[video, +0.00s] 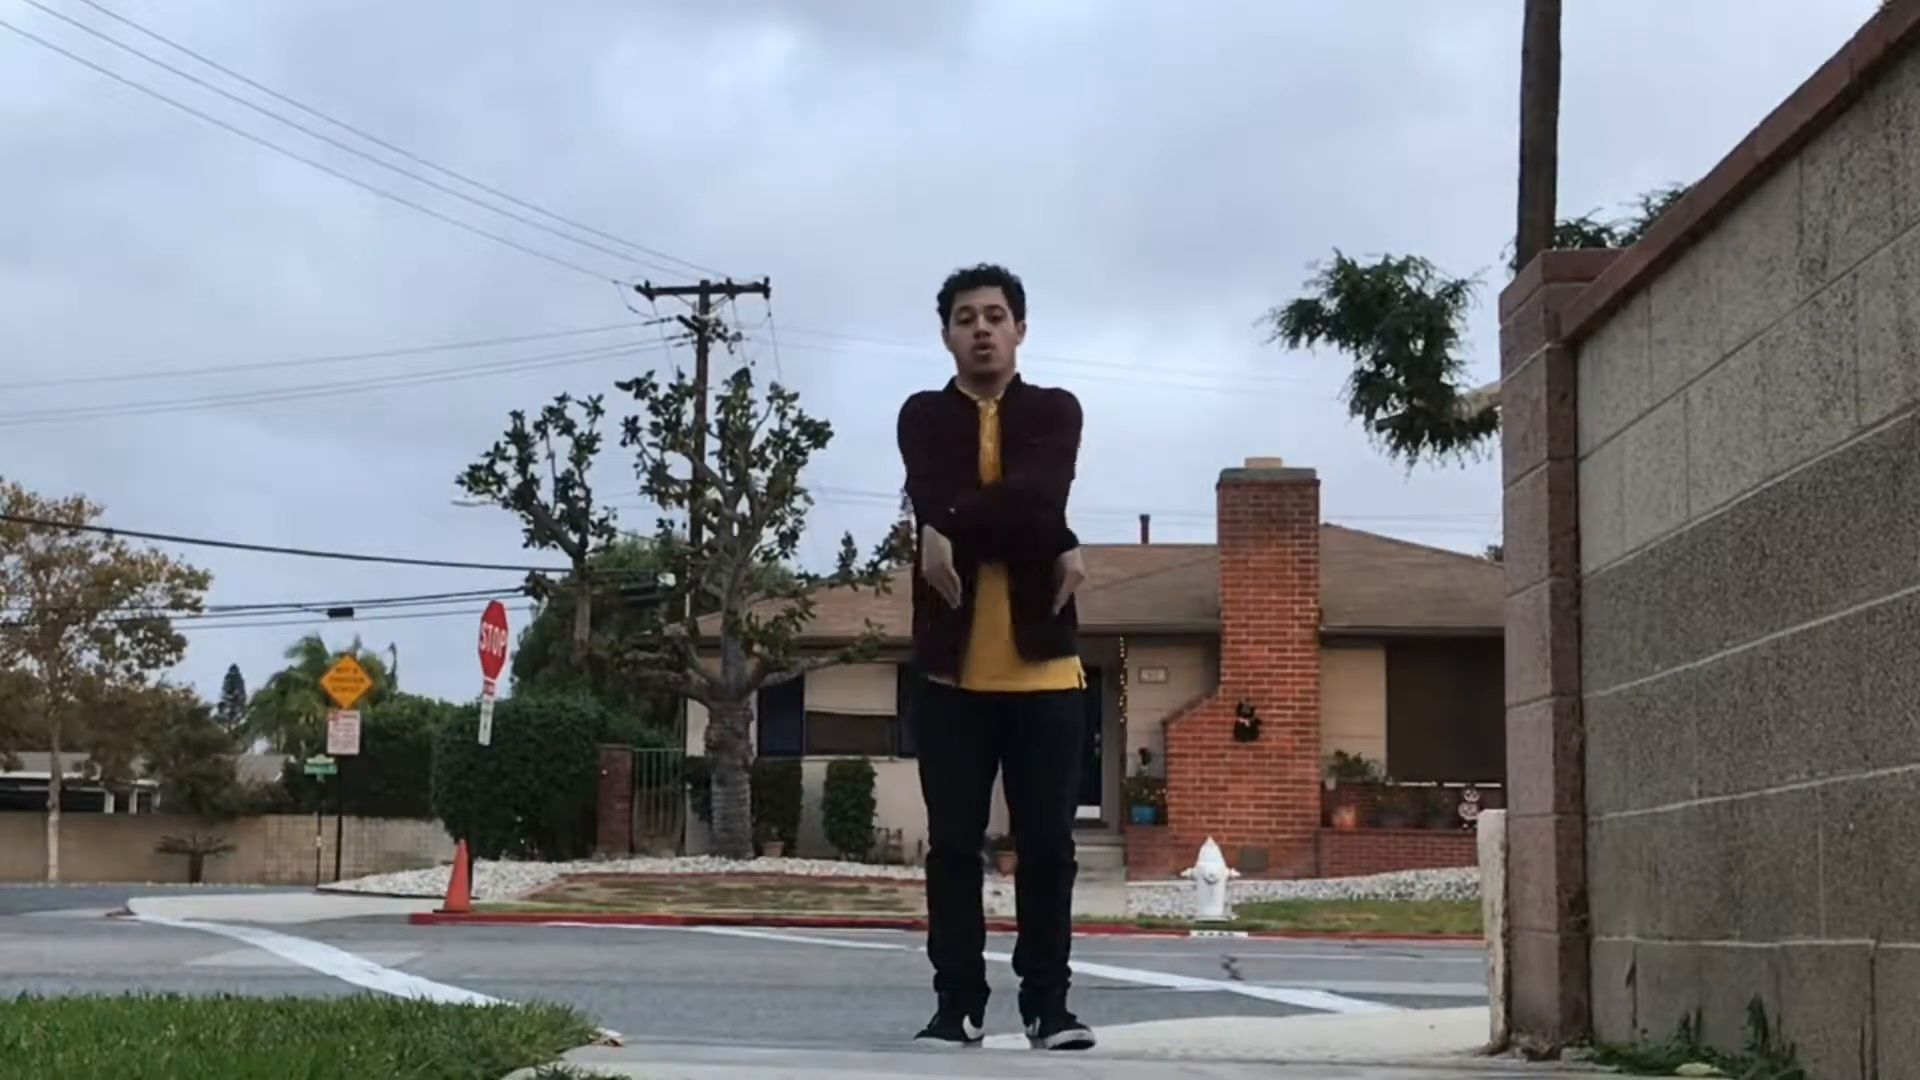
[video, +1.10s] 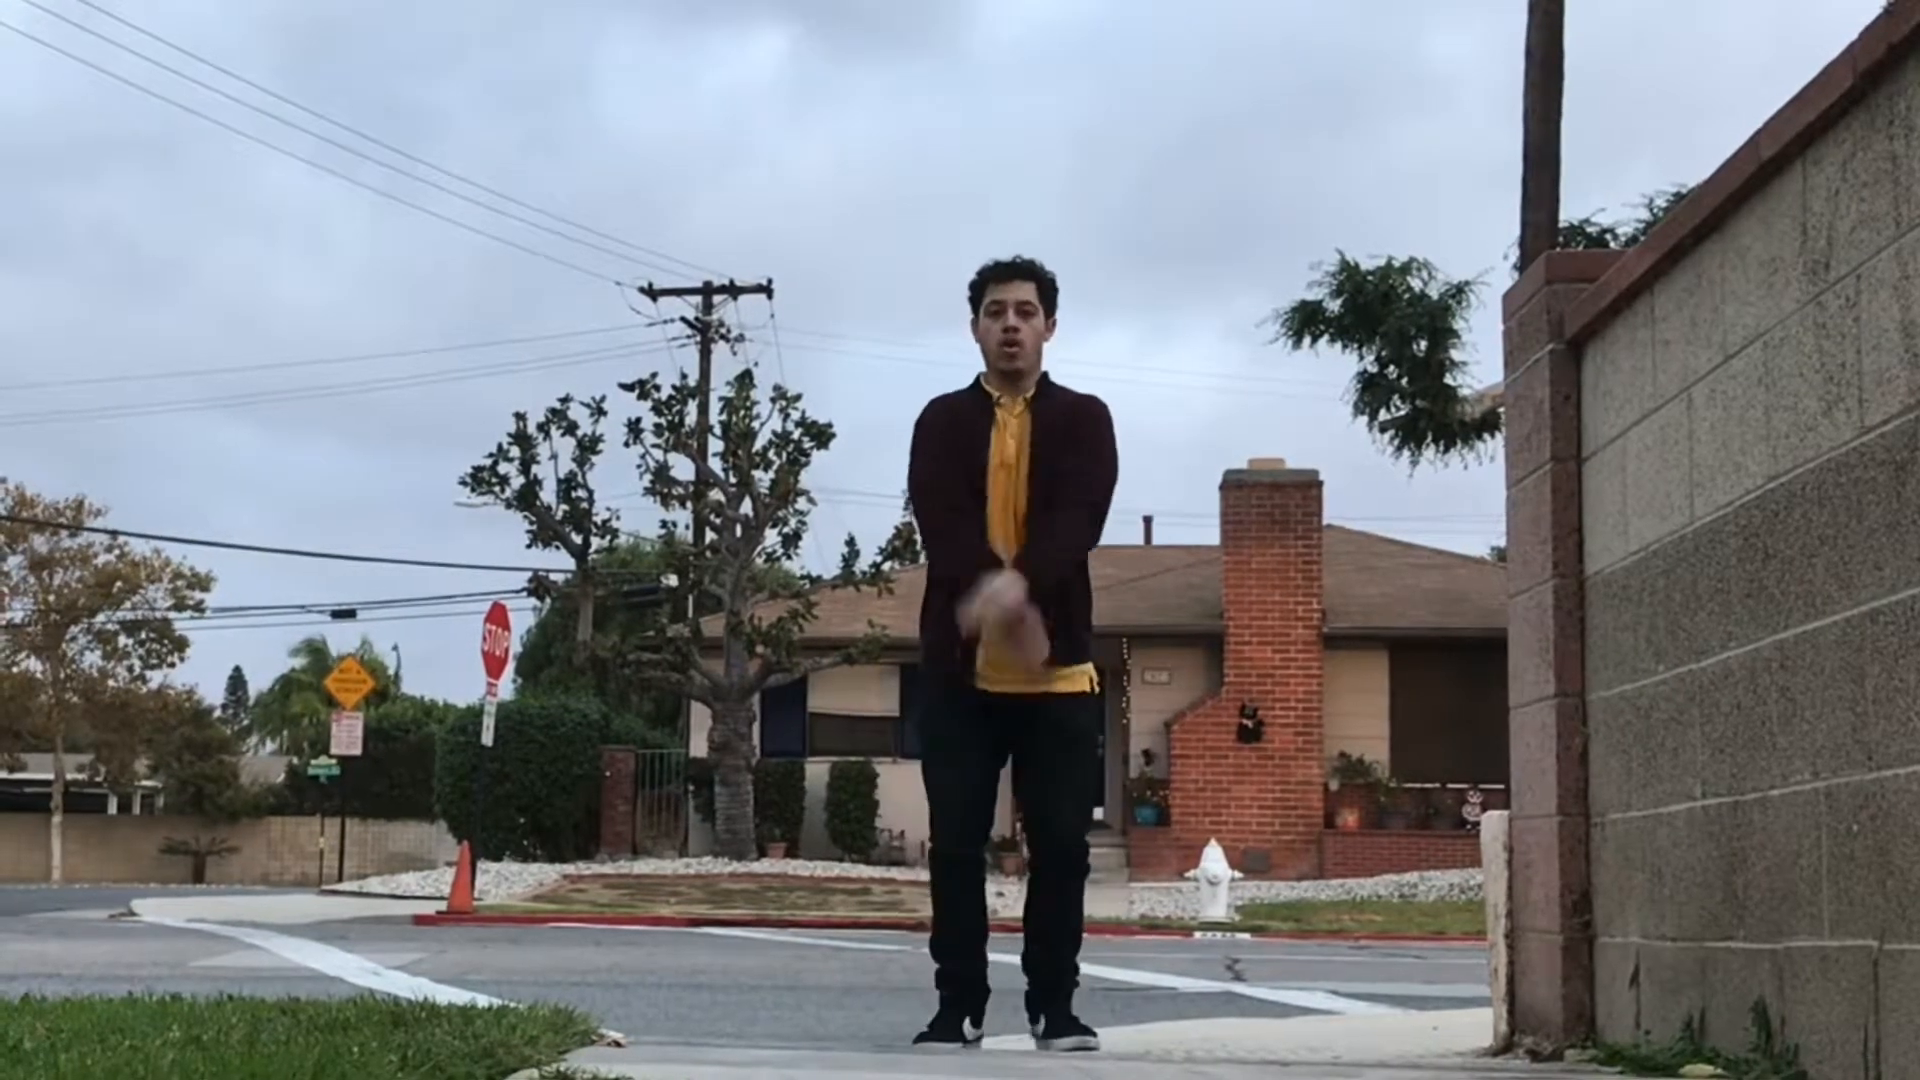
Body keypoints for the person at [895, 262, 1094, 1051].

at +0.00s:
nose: (981, 329)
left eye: (994, 316)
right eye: (965, 318)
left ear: (1020, 330)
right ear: (946, 336)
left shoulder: (1056, 409)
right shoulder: (923, 414)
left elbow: (1038, 498)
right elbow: (945, 515)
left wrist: (945, 525)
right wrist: (1055, 543)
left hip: (1045, 674)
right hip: (952, 674)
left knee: (1047, 849)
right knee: (953, 848)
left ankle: (1047, 1007)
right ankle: (958, 1006)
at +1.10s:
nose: (1010, 326)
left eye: (1025, 313)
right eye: (996, 313)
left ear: (1048, 328)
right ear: (976, 328)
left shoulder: (1086, 418)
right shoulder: (941, 418)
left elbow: (1079, 518)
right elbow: (940, 521)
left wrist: (1022, 582)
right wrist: (987, 589)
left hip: (1058, 675)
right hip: (960, 672)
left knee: (1061, 848)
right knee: (956, 847)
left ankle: (1054, 1008)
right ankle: (958, 1010)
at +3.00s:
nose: (990, 336)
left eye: (1005, 323)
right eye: (976, 323)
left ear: (1027, 336)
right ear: (954, 338)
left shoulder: (1071, 427)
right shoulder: (907, 434)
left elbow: (1171, 476)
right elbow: (816, 491)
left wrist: (1257, 413)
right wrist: (744, 419)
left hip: (1061, 677)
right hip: (957, 688)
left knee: (1109, 808)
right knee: (962, 859)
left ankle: (1104, 986)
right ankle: (971, 1020)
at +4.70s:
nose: (995, 338)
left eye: (1008, 324)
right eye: (980, 326)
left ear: (1032, 335)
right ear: (961, 341)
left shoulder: (1073, 423)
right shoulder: (930, 420)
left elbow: (1085, 537)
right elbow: (919, 541)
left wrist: (1049, 624)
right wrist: (995, 625)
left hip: (1045, 674)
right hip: (951, 671)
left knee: (1049, 833)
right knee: (960, 842)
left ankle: (1051, 1005)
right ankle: (969, 1010)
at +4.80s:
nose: (976, 338)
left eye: (990, 323)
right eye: (961, 329)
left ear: (1023, 334)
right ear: (950, 348)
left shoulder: (1075, 433)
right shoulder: (921, 430)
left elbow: (1117, 549)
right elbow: (864, 524)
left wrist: (1089, 616)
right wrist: (923, 594)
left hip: (1047, 681)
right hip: (954, 681)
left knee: (1044, 844)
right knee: (961, 847)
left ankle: (1046, 1010)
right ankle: (971, 1013)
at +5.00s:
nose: (967, 349)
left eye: (982, 334)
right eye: (955, 339)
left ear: (1017, 343)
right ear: (945, 357)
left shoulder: (1074, 424)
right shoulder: (940, 454)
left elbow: (1131, 532)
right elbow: (920, 548)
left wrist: (1120, 618)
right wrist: (906, 602)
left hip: (1051, 681)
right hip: (959, 682)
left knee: (1043, 849)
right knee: (964, 850)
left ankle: (1043, 1013)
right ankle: (972, 1015)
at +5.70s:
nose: (1066, 345)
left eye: (1081, 333)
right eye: (1052, 330)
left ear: (1102, 346)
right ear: (1029, 339)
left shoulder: (1133, 447)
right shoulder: (985, 433)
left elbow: (1185, 557)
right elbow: (943, 544)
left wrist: (1153, 646)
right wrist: (929, 639)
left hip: (1089, 678)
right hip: (993, 670)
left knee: (1073, 846)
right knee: (980, 820)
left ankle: (1049, 1007)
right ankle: (979, 989)